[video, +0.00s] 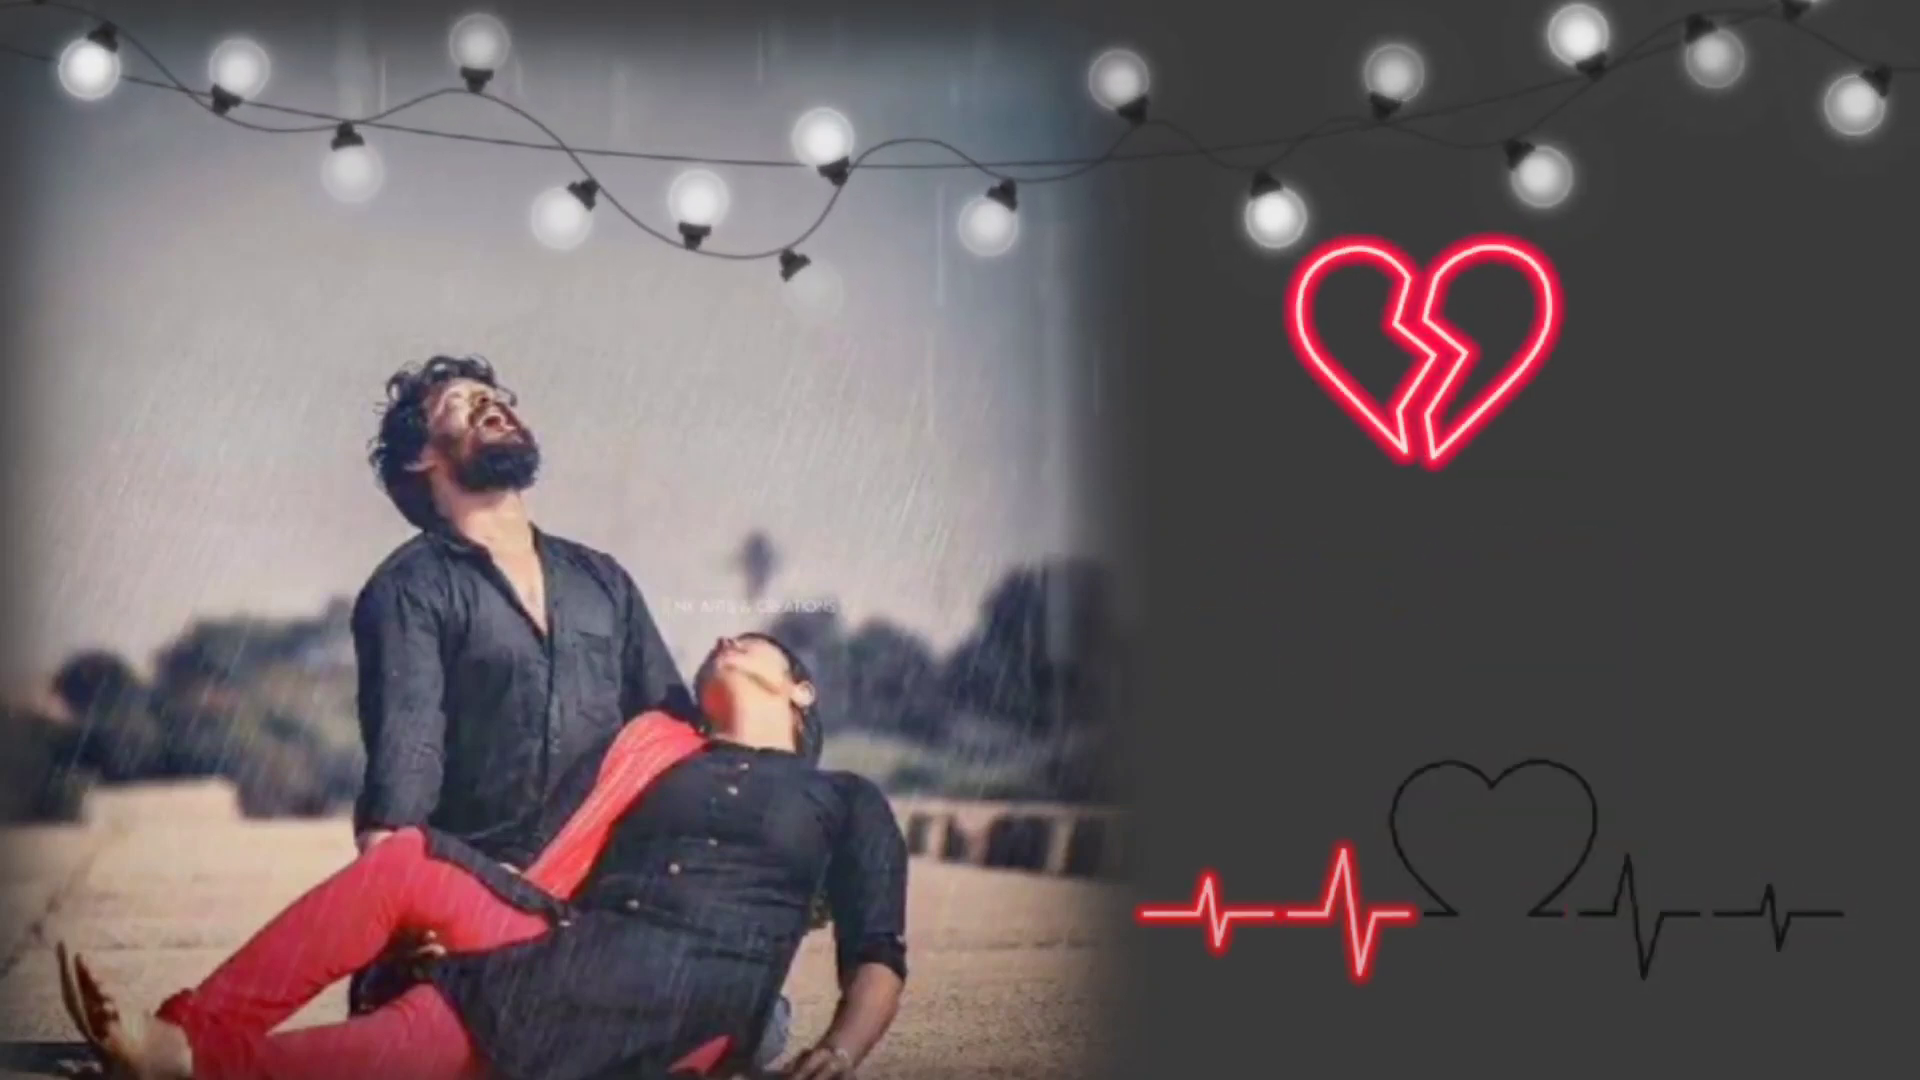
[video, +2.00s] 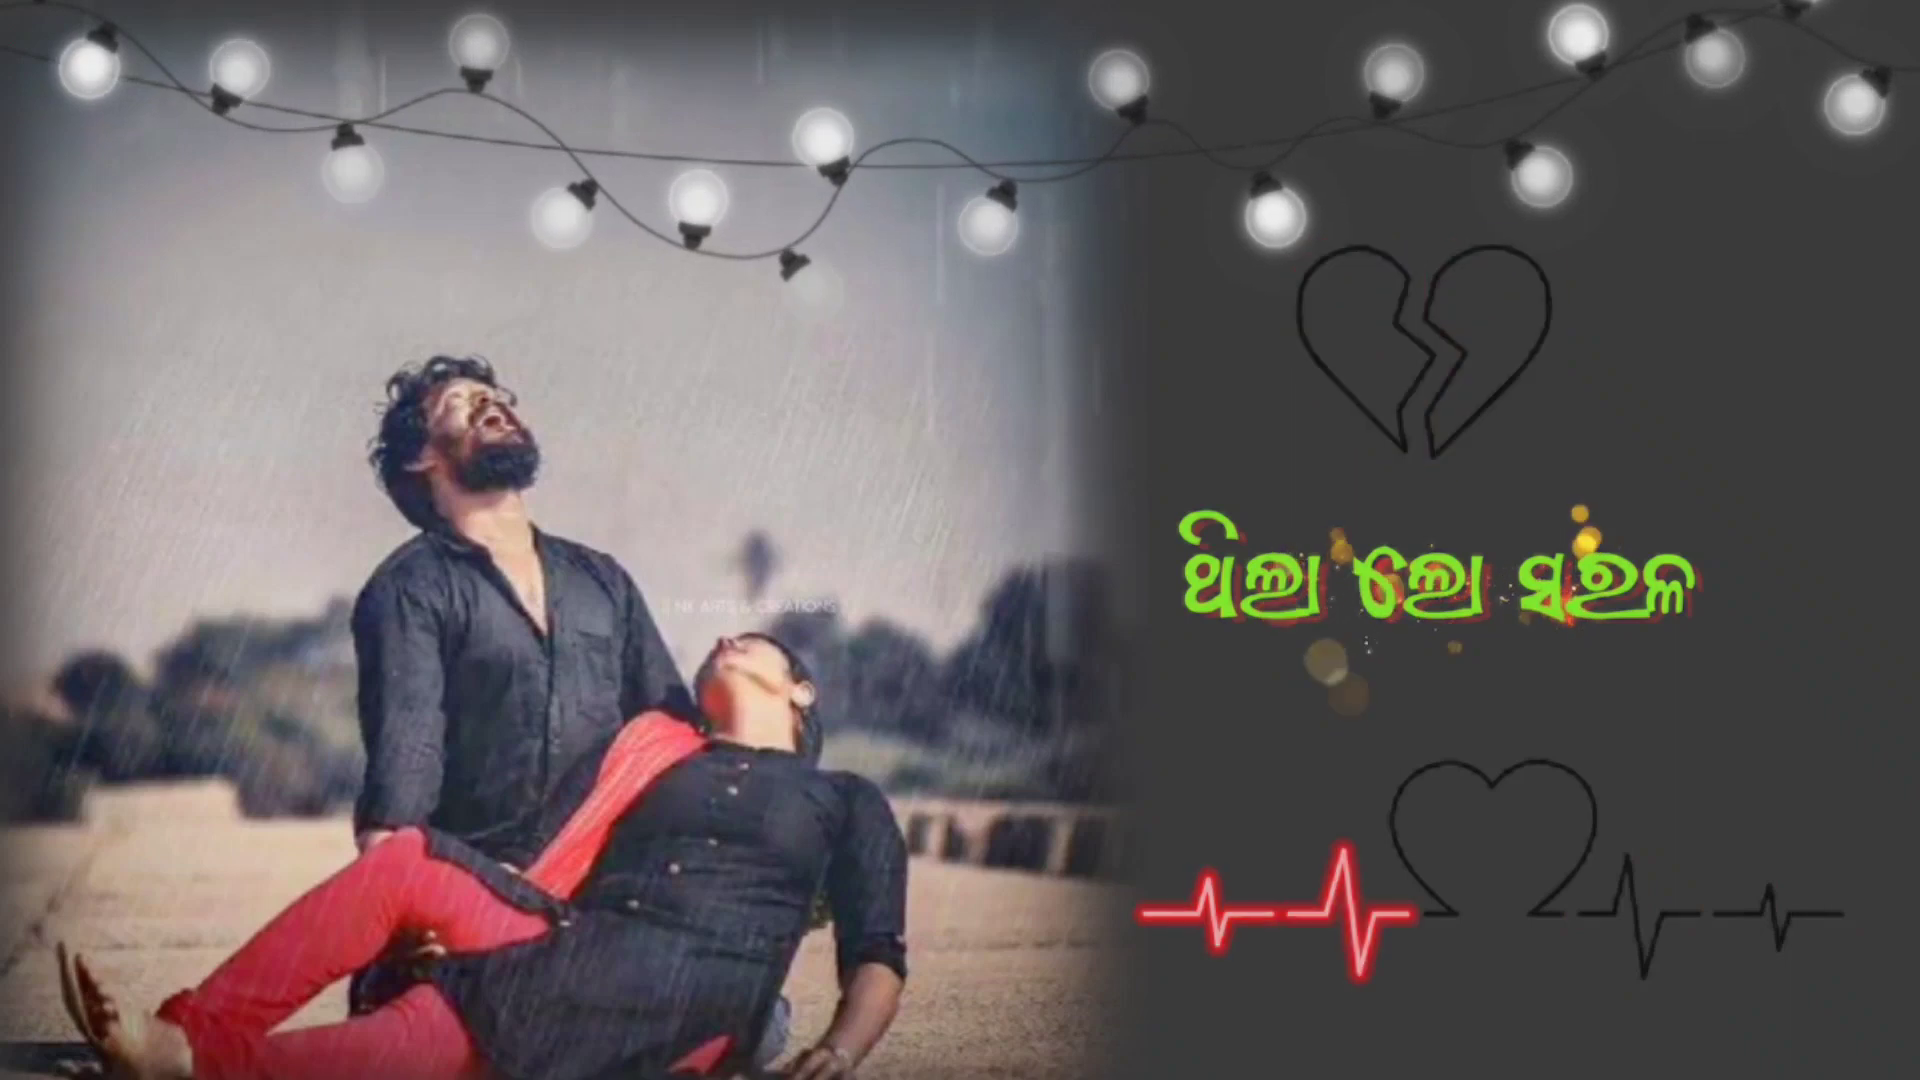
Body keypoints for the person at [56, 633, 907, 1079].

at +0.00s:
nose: (722, 662)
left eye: (749, 657)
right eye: (717, 661)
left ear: (799, 699)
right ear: (708, 699)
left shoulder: (843, 798)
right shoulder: (663, 757)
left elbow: (878, 967)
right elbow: (576, 894)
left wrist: (835, 1066)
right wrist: (457, 948)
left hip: (693, 981)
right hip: (588, 945)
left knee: (448, 1029)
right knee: (400, 860)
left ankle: (186, 1059)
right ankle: (178, 1040)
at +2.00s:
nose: (721, 658)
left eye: (749, 654)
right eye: (716, 657)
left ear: (799, 699)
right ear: (709, 699)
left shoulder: (844, 798)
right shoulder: (662, 753)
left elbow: (879, 968)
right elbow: (572, 891)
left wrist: (834, 1065)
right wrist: (455, 945)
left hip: (691, 984)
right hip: (585, 946)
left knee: (450, 1029)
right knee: (400, 862)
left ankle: (188, 1057)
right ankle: (179, 1041)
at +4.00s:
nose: (721, 660)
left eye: (749, 656)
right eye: (717, 659)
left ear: (799, 699)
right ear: (709, 698)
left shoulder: (844, 798)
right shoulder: (662, 755)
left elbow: (879, 967)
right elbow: (574, 892)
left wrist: (836, 1063)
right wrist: (455, 949)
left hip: (693, 982)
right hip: (587, 946)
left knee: (451, 1028)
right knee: (400, 859)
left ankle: (187, 1058)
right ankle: (178, 1041)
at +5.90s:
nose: (721, 658)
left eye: (748, 654)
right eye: (716, 657)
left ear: (799, 699)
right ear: (709, 699)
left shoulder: (844, 798)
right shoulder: (662, 753)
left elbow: (879, 968)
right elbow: (572, 891)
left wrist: (834, 1065)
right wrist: (455, 946)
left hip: (691, 984)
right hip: (585, 945)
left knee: (450, 1029)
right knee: (400, 862)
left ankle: (188, 1058)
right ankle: (179, 1041)